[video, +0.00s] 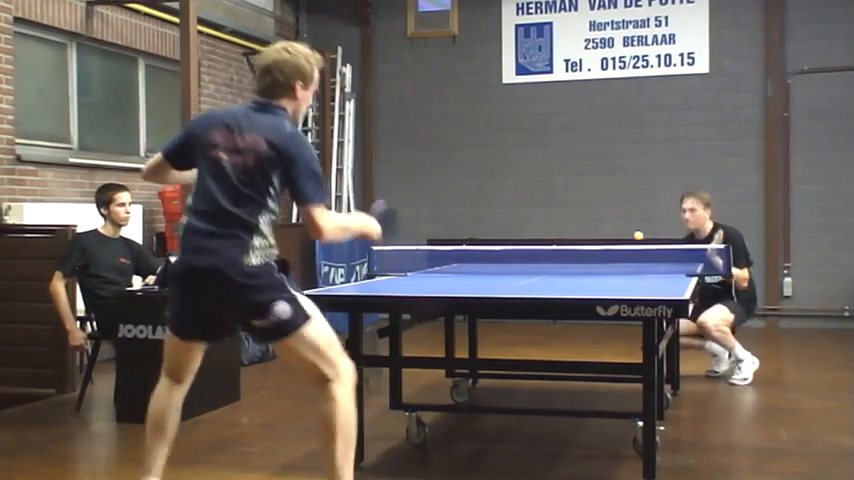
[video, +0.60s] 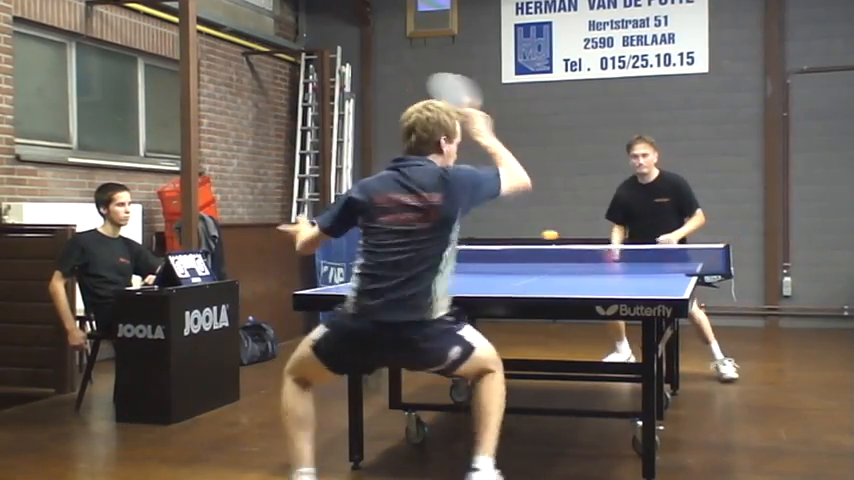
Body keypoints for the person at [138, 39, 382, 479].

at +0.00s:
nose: (311, 100)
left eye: (312, 91)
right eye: (311, 91)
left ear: (265, 83)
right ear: (296, 90)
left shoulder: (211, 122)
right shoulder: (289, 140)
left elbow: (155, 171)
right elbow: (323, 229)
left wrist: (204, 172)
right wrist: (359, 223)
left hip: (191, 269)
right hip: (246, 273)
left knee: (172, 379)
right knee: (339, 372)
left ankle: (150, 475)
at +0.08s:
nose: (335, 125)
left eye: (336, 115)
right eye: (334, 114)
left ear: (289, 107)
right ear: (319, 115)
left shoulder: (235, 143)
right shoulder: (304, 170)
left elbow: (168, 182)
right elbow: (332, 260)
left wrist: (207, 179)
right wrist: (388, 276)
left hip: (204, 298)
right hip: (261, 301)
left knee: (183, 398)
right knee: (372, 366)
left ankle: (163, 476)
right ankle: (359, 474)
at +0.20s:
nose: (388, 174)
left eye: (390, 165)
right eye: (388, 165)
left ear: (342, 155)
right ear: (370, 166)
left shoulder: (295, 177)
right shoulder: (335, 223)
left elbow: (236, 186)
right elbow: (333, 314)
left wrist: (279, 198)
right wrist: (392, 364)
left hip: (227, 321)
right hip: (276, 334)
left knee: (199, 413)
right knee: (393, 387)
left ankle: (172, 477)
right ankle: (434, 476)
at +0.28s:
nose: (427, 206)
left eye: (429, 196)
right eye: (426, 197)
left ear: (382, 189)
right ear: (407, 199)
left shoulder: (338, 200)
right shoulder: (361, 254)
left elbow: (295, 190)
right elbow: (334, 345)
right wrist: (382, 408)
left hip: (255, 334)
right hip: (306, 347)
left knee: (217, 421)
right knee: (424, 379)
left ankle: (182, 475)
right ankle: (442, 471)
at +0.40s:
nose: (475, 205)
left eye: (475, 196)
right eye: (473, 197)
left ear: (430, 193)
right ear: (452, 204)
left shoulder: (391, 205)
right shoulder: (404, 253)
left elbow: (347, 203)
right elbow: (369, 337)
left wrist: (340, 202)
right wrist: (406, 391)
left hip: (300, 326)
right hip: (340, 340)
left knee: (254, 428)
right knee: (465, 377)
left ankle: (194, 474)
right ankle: (454, 472)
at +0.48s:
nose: (480, 172)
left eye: (480, 163)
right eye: (476, 164)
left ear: (437, 163)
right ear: (451, 169)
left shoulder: (381, 186)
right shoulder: (435, 221)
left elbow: (315, 220)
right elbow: (444, 307)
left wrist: (338, 217)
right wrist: (513, 328)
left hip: (322, 323)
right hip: (377, 333)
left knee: (273, 413)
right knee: (483, 378)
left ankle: (217, 476)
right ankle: (458, 474)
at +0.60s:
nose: (457, 150)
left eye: (457, 142)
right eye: (456, 142)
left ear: (410, 140)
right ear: (442, 143)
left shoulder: (367, 189)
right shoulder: (454, 182)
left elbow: (306, 243)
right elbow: (520, 179)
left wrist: (302, 230)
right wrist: (485, 135)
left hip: (359, 326)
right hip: (422, 329)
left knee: (297, 378)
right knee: (490, 369)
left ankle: (303, 473)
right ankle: (483, 467)